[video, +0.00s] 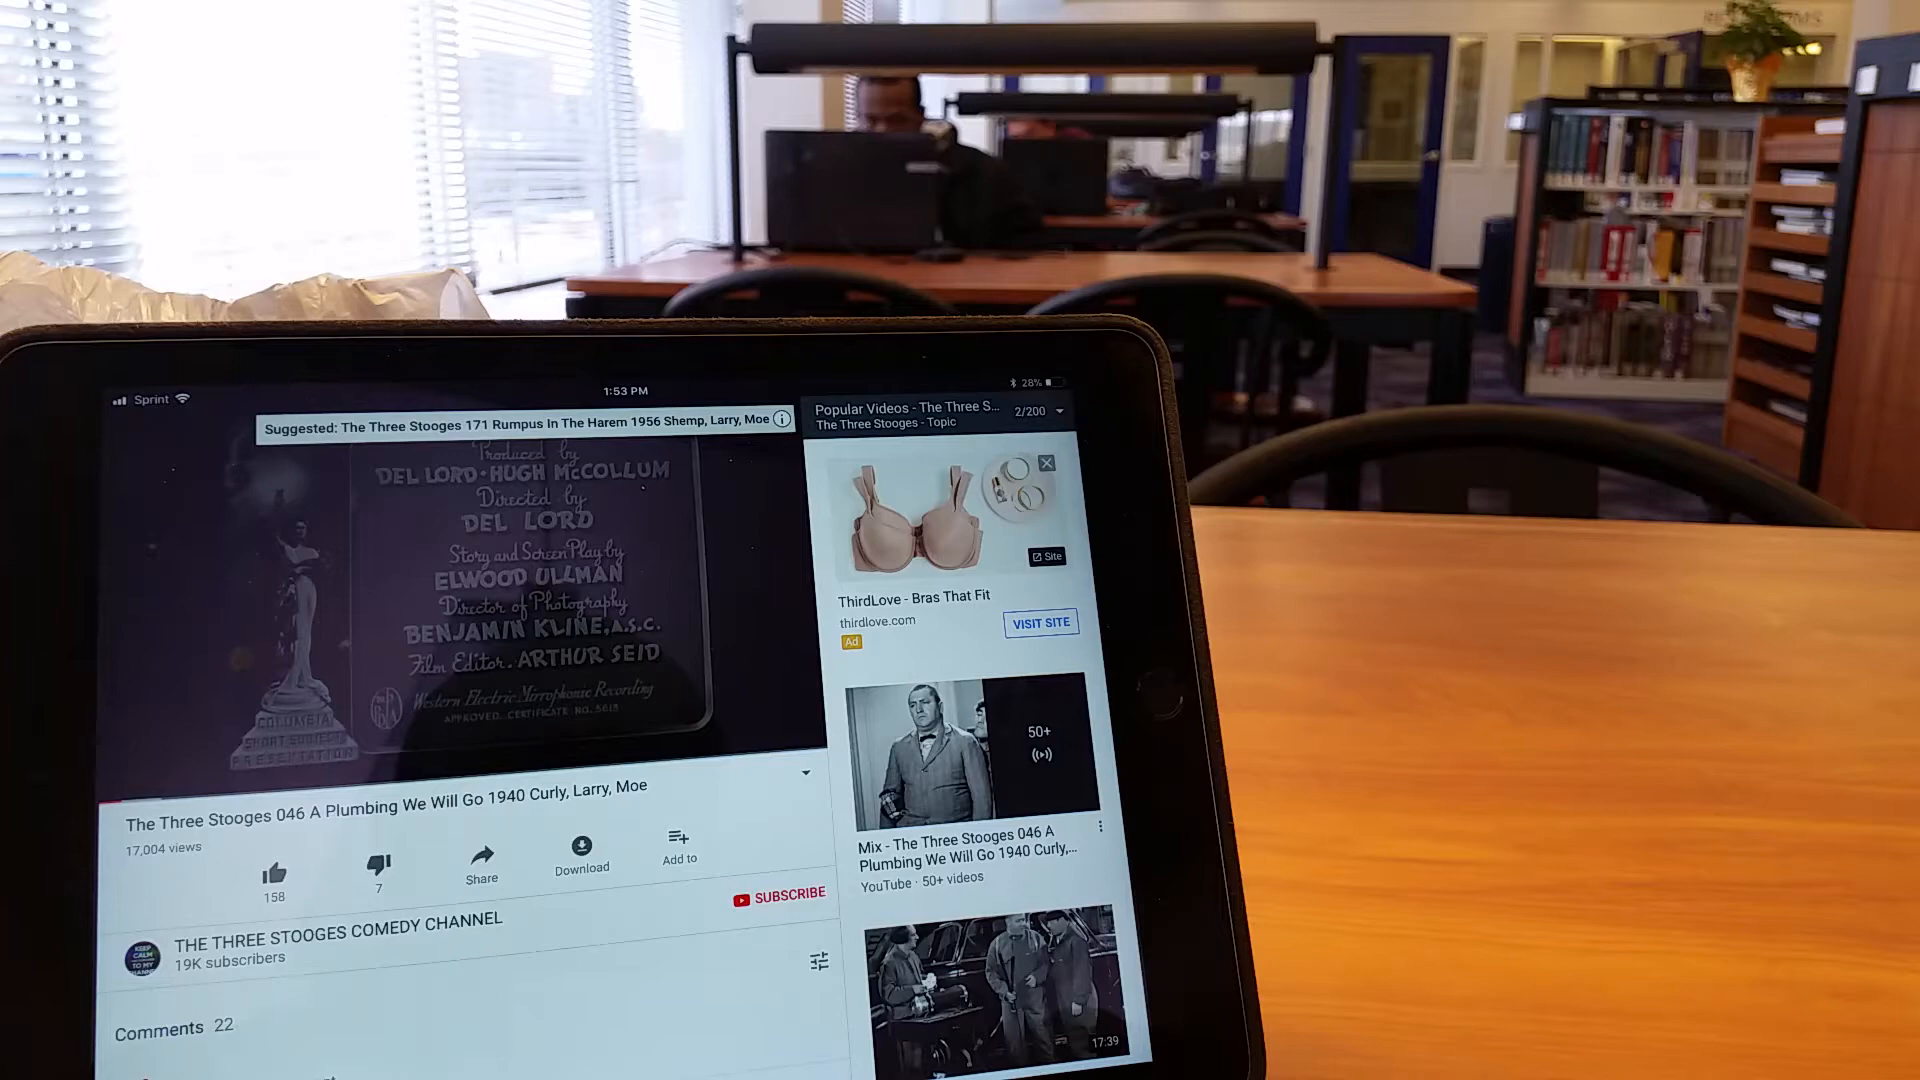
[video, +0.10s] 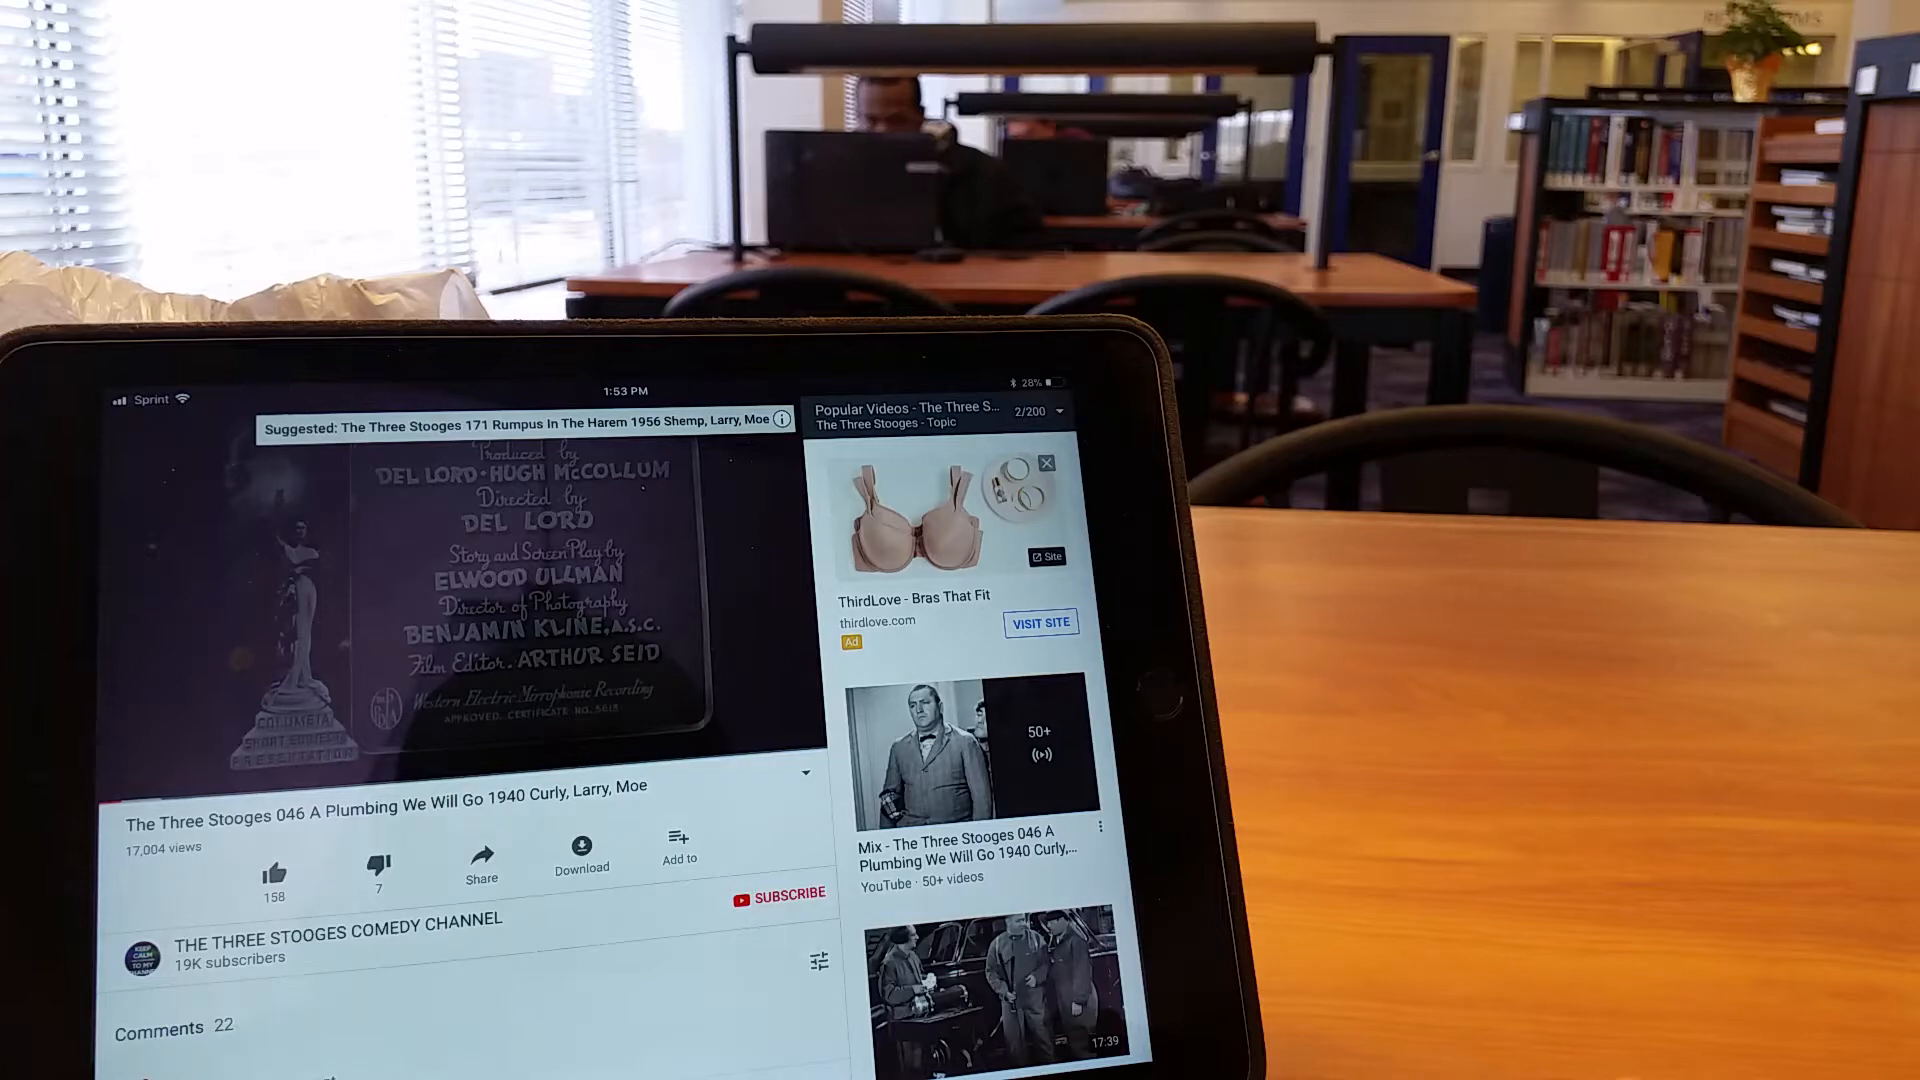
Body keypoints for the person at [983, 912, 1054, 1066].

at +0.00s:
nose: (1023, 924)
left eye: (1024, 920)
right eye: (1019, 921)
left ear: (1027, 921)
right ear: (1008, 923)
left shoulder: (1036, 939)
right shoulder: (997, 944)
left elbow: (1045, 963)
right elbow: (990, 972)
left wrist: (1036, 977)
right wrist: (1004, 991)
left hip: (1033, 998)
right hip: (1010, 1000)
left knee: (1041, 1037)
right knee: (1014, 1041)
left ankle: (1048, 1068)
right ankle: (1019, 1072)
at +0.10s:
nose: (1023, 924)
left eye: (1024, 920)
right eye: (1019, 921)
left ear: (1027, 920)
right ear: (1008, 923)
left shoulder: (1036, 939)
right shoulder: (997, 944)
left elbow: (1045, 963)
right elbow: (990, 972)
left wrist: (1036, 977)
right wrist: (1004, 991)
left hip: (1033, 998)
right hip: (1010, 1000)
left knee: (1041, 1037)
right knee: (1014, 1041)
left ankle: (1048, 1068)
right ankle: (1018, 1072)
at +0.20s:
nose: (1023, 924)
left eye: (1024, 920)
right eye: (1019, 921)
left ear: (1027, 921)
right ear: (1008, 923)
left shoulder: (1036, 939)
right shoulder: (997, 944)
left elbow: (1045, 963)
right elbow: (990, 971)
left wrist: (1036, 977)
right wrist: (1004, 991)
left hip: (1033, 997)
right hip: (1009, 1000)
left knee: (1041, 1036)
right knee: (1013, 1040)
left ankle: (1048, 1068)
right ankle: (1019, 1071)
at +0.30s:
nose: (1023, 924)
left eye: (1024, 920)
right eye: (1019, 921)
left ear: (1027, 921)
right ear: (1008, 923)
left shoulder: (1036, 939)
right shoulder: (997, 944)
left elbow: (1045, 963)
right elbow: (990, 972)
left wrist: (1036, 977)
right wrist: (1004, 991)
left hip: (1033, 998)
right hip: (1010, 1000)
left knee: (1040, 1036)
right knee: (1013, 1041)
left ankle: (1048, 1068)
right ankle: (1019, 1072)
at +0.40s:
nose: (1023, 924)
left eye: (1024, 920)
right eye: (1019, 921)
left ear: (1027, 921)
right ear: (1008, 923)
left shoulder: (1036, 939)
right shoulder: (997, 944)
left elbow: (1045, 963)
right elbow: (990, 971)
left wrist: (1036, 977)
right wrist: (1004, 991)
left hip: (1033, 998)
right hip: (1010, 1000)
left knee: (1040, 1036)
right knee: (1013, 1041)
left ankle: (1048, 1068)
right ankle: (1019, 1072)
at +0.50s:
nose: (1023, 924)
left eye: (1024, 920)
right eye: (1018, 921)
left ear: (1027, 921)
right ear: (1008, 923)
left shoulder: (1036, 939)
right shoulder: (997, 944)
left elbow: (1045, 963)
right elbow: (990, 972)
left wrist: (1036, 977)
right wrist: (1004, 991)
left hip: (1033, 998)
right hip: (1010, 1000)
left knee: (1040, 1036)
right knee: (1013, 1041)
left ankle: (1047, 1067)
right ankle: (1018, 1071)